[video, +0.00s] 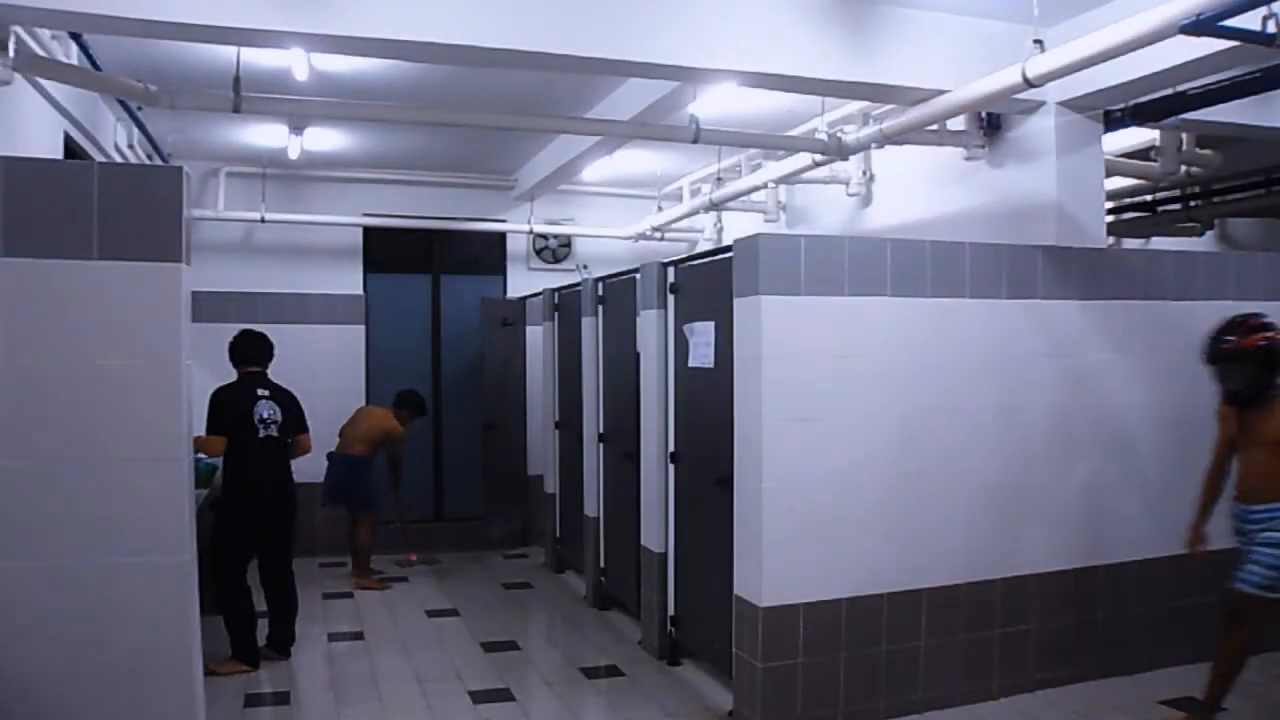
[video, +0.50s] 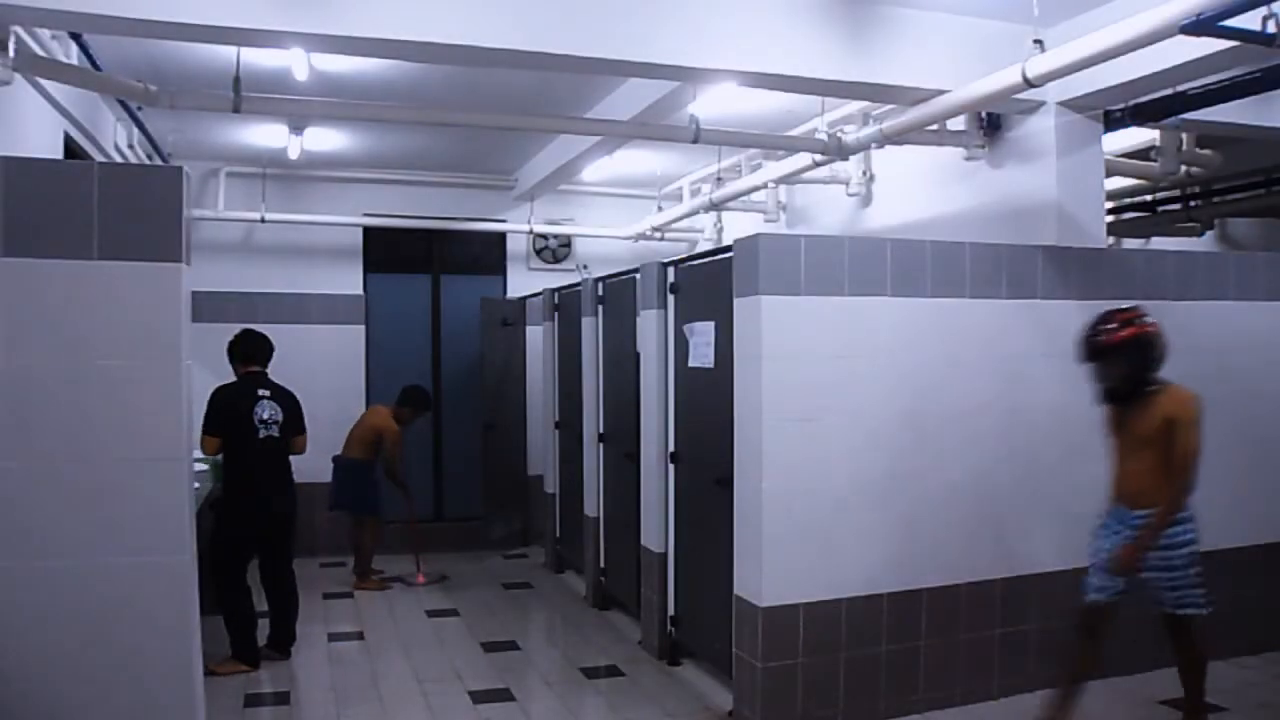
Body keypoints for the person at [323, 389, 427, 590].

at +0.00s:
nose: (410, 422)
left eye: (413, 418)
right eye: (411, 417)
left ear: (395, 404)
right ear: (406, 412)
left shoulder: (366, 410)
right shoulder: (394, 430)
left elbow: (343, 432)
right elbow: (395, 468)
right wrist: (396, 494)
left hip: (337, 464)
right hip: (357, 468)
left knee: (355, 517)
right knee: (365, 519)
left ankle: (359, 567)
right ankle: (362, 574)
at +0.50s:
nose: (413, 420)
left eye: (417, 416)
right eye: (415, 415)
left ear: (400, 404)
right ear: (407, 409)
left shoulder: (375, 411)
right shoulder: (390, 428)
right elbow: (391, 468)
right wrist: (405, 491)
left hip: (345, 465)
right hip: (359, 470)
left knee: (360, 521)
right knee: (369, 523)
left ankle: (362, 568)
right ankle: (363, 576)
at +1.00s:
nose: (425, 425)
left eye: (428, 421)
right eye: (426, 420)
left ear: (414, 410)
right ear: (418, 414)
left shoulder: (395, 420)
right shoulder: (397, 429)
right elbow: (393, 467)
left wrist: (405, 447)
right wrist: (405, 493)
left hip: (370, 468)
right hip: (360, 469)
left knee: (382, 521)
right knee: (367, 524)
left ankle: (389, 569)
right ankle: (363, 577)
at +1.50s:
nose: (439, 421)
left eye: (442, 416)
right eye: (440, 416)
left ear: (425, 404)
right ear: (434, 411)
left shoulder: (402, 413)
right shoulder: (421, 428)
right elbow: (424, 465)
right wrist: (434, 488)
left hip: (367, 461)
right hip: (380, 466)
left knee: (392, 518)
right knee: (385, 520)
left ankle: (390, 569)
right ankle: (372, 574)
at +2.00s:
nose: (446, 424)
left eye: (449, 419)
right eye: (447, 418)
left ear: (433, 407)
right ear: (440, 414)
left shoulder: (407, 413)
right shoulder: (427, 432)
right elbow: (430, 467)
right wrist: (437, 487)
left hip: (371, 465)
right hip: (386, 470)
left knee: (388, 522)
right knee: (395, 524)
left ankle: (390, 572)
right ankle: (394, 580)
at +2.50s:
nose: (449, 424)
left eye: (451, 419)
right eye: (450, 418)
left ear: (435, 407)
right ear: (442, 413)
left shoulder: (414, 414)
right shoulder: (424, 431)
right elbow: (423, 471)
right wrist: (437, 497)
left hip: (377, 465)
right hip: (387, 470)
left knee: (392, 523)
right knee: (397, 524)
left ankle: (392, 572)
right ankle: (393, 579)